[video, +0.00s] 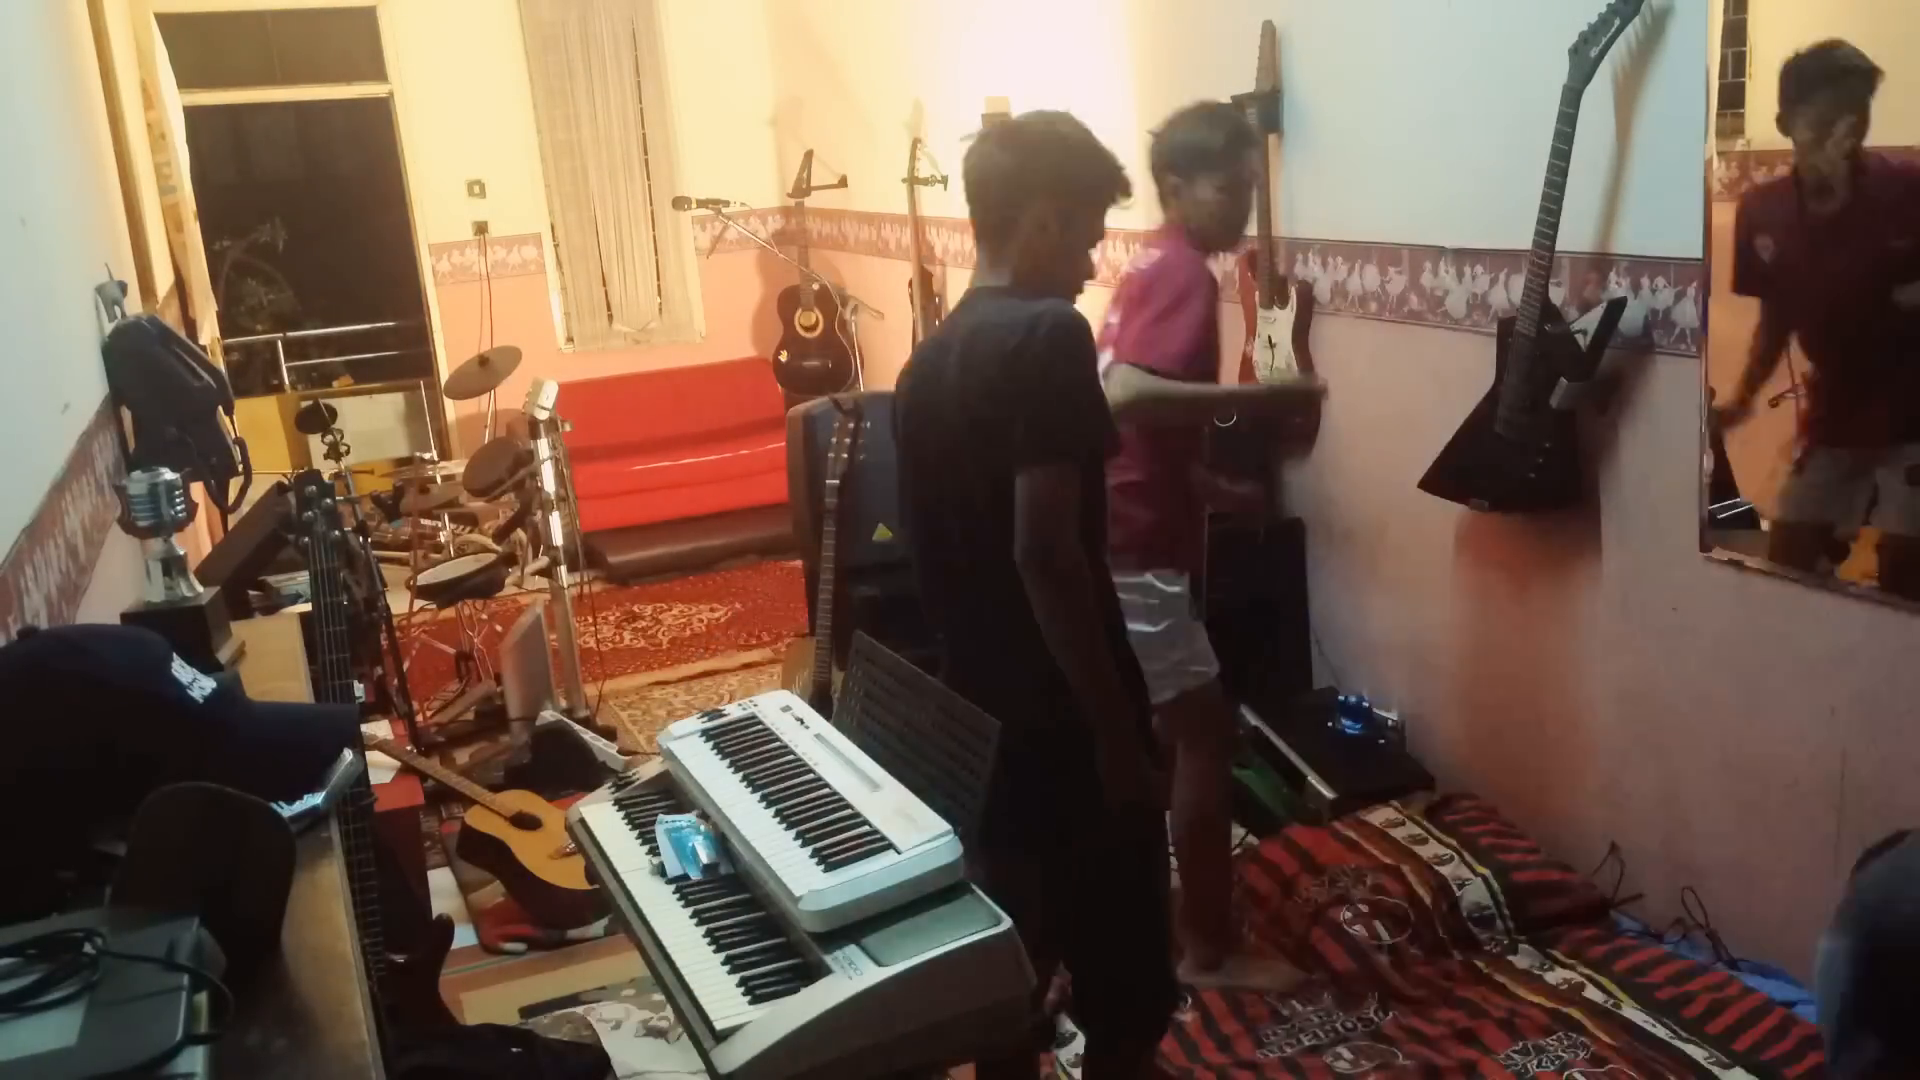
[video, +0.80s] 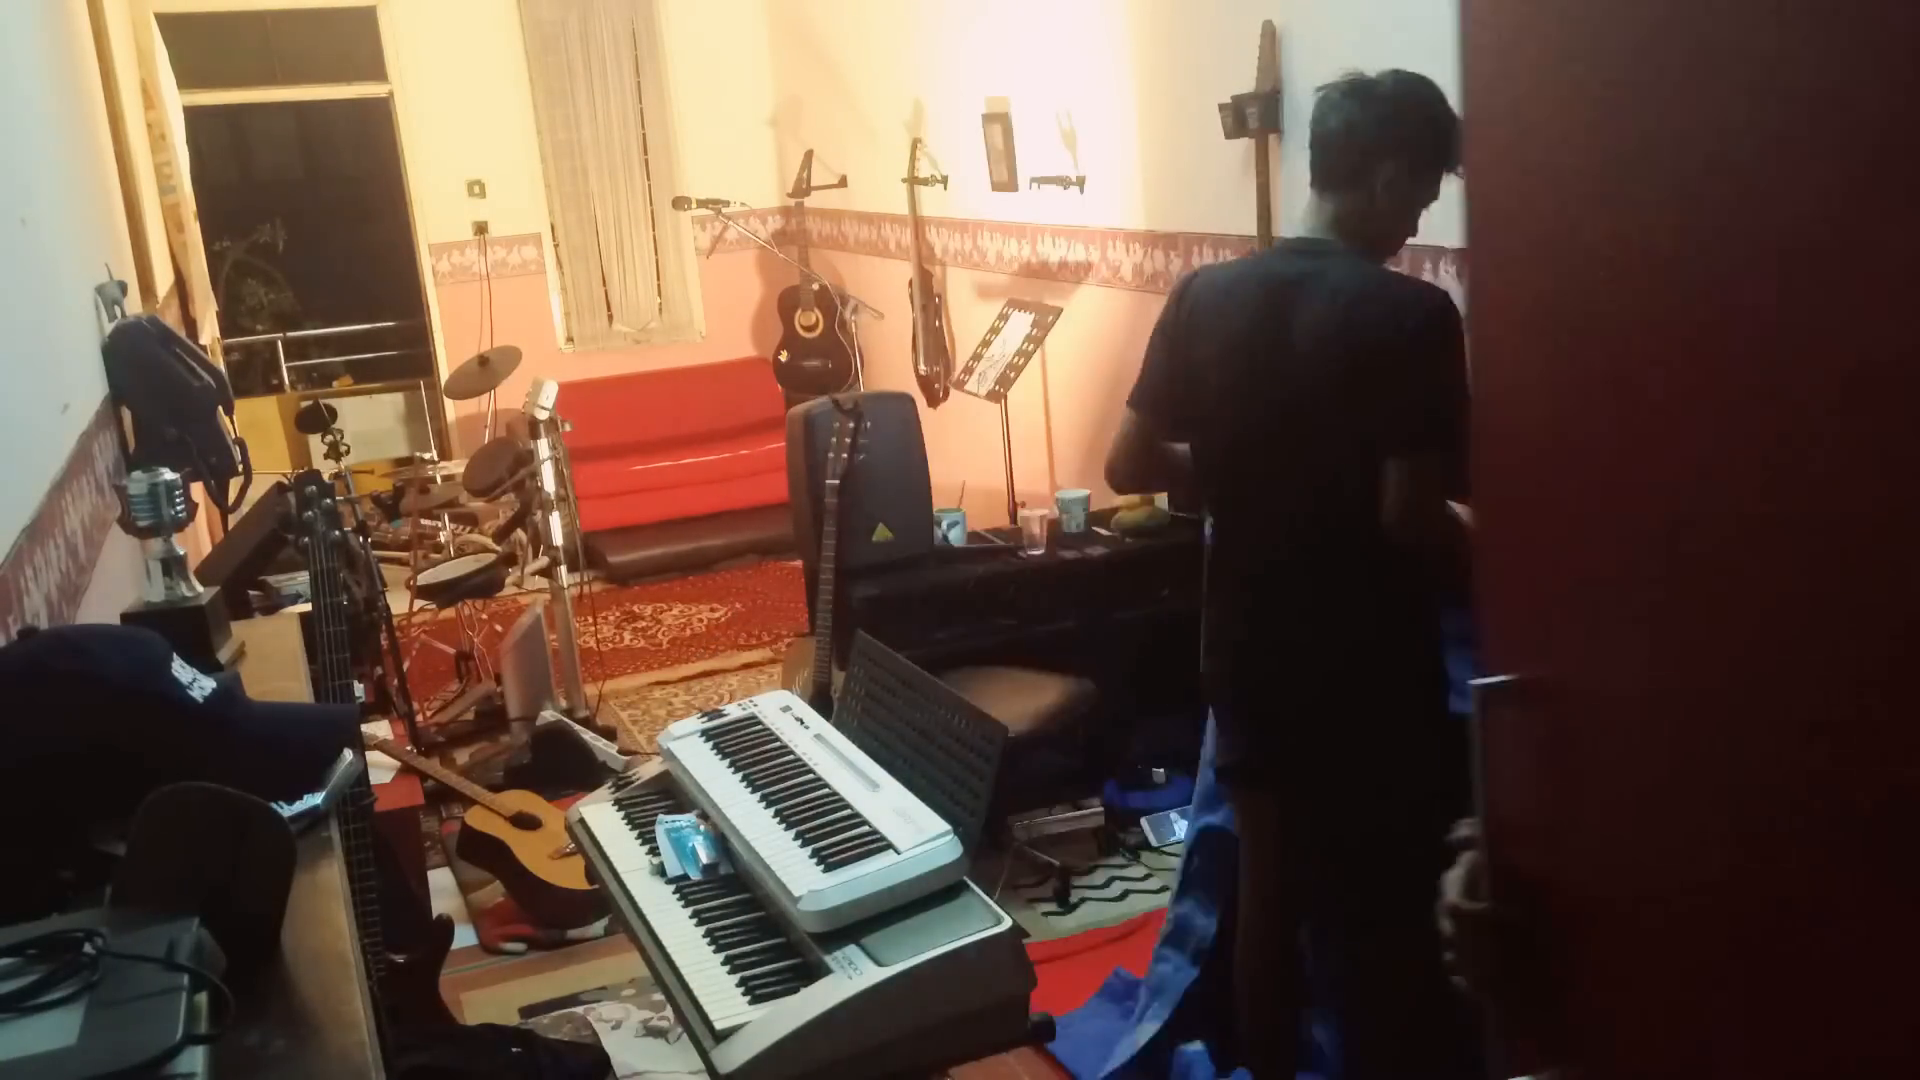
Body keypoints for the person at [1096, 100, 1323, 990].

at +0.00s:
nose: (1250, 201)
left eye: (1252, 182)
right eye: (1237, 182)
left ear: (1195, 186)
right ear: (1184, 183)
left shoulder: (1173, 269)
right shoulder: (1175, 273)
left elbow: (1143, 411)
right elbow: (1125, 390)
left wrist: (1206, 486)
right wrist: (1265, 397)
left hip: (1135, 555)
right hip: (1137, 564)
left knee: (1165, 739)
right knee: (1204, 736)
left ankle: (1165, 937)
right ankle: (1208, 950)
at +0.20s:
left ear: (1196, 558)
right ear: (1309, 554)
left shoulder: (1142, 634)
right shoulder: (1392, 630)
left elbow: (1127, 859)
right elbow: (1463, 799)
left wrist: (1182, 987)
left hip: (1246, 974)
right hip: (1412, 966)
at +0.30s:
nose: (1331, 329)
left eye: (1325, 305)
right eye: (1331, 307)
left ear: (1191, 317)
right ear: (1320, 317)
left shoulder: (1088, 464)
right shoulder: (1355, 454)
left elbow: (1043, 694)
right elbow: (1353, 661)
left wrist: (1150, 776)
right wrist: (1366, 820)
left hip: (1134, 894)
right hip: (1305, 891)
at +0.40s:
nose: (1321, 241)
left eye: (1324, 215)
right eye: (1321, 216)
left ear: (1184, 209)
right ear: (1304, 223)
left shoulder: (1084, 396)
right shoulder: (1374, 383)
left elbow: (1049, 645)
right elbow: (1437, 634)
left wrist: (1168, 657)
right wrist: (1321, 647)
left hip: (1187, 811)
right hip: (1354, 808)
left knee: (1204, 1045)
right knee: (1377, 1051)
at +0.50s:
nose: (1452, 215)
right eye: (1457, 191)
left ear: (1333, 181)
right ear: (1457, 202)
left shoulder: (1228, 338)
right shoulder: (1497, 360)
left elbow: (1152, 545)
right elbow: (1560, 589)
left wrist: (1254, 538)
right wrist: (1436, 545)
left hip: (1268, 717)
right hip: (1429, 725)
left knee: (1309, 955)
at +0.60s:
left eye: (1398, 134)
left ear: (1388, 152)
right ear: (1510, 145)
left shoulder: (1335, 330)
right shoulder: (1585, 309)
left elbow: (1257, 515)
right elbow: (1632, 510)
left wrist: (1326, 567)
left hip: (1387, 710)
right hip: (1545, 700)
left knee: (1397, 979)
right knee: (1530, 969)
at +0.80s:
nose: (1420, 222)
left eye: (1427, 198)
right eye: (1422, 194)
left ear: (1319, 168)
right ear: (1394, 180)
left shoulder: (1209, 294)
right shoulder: (1415, 315)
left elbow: (1132, 461)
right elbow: (1411, 515)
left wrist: (1237, 476)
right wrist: (1476, 544)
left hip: (1248, 656)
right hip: (1376, 663)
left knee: (1262, 896)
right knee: (1386, 906)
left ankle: (1265, 1064)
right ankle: (1387, 1063)